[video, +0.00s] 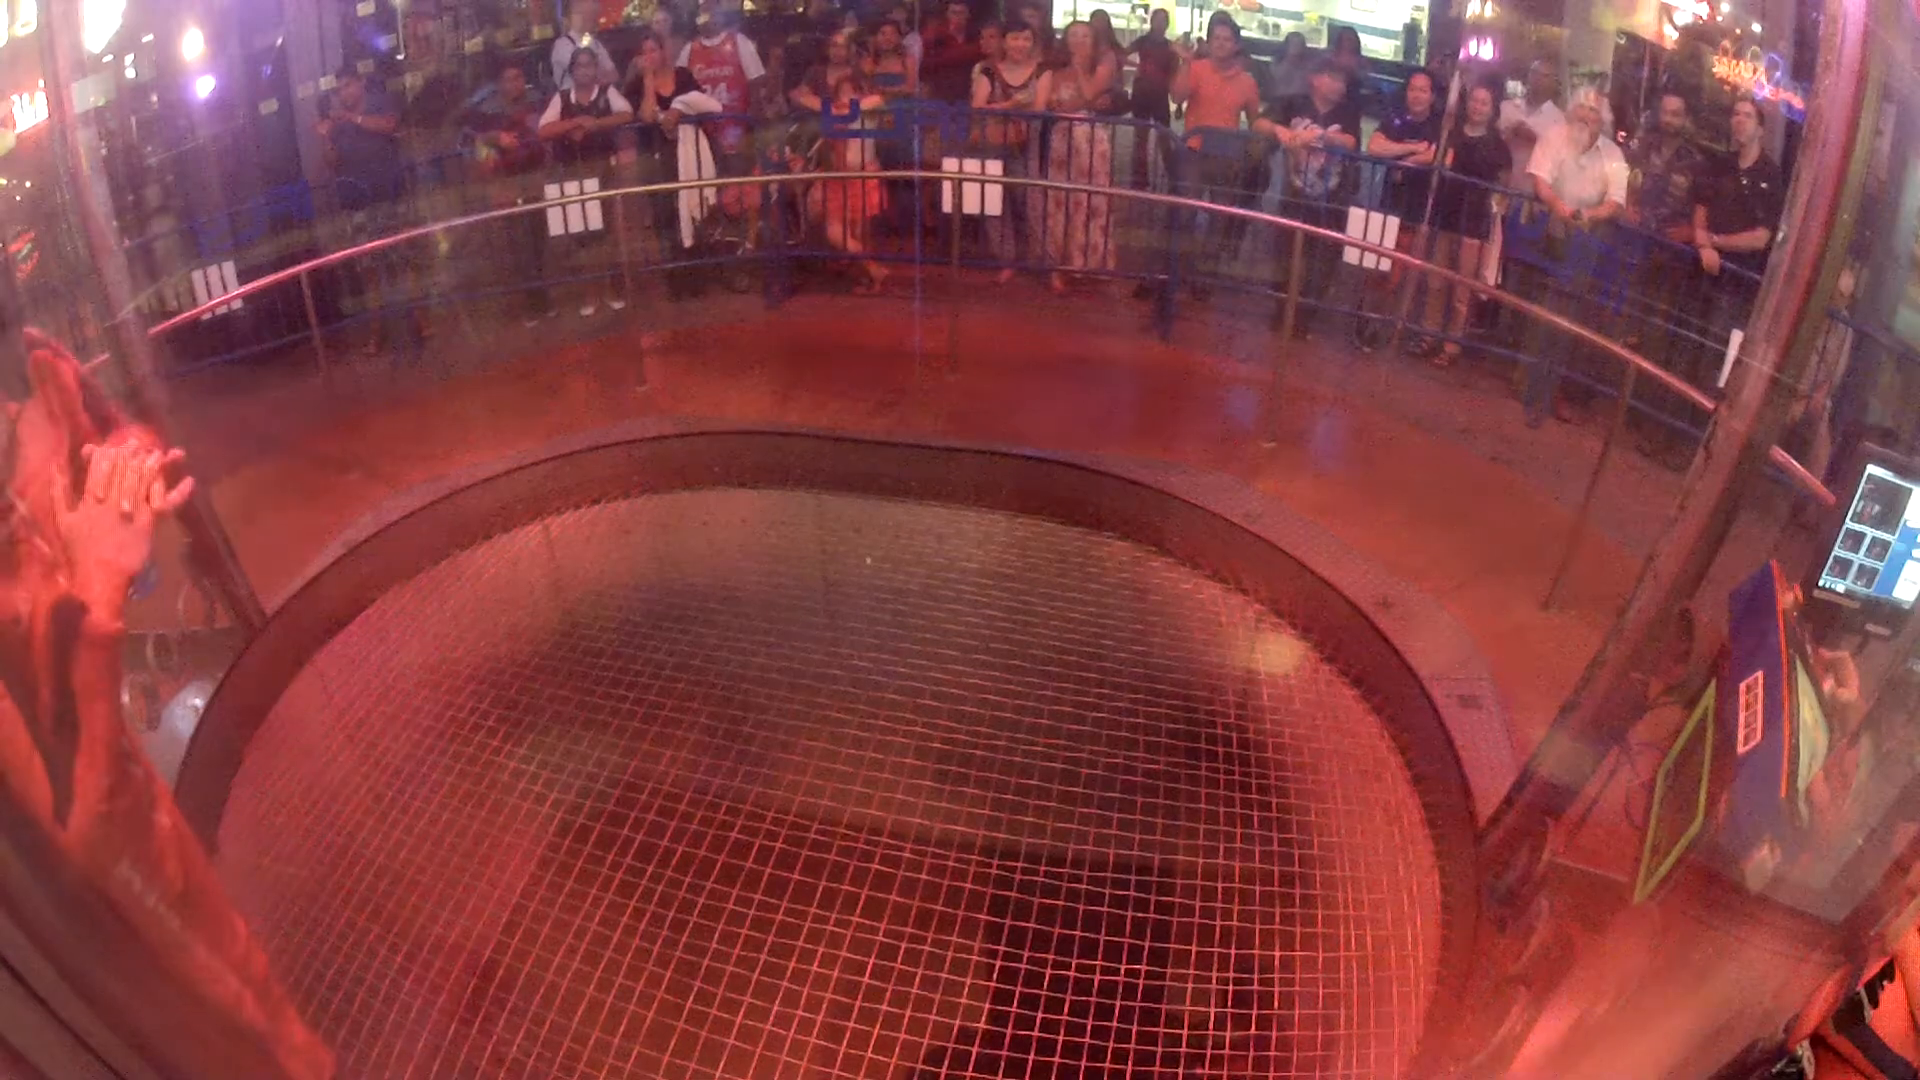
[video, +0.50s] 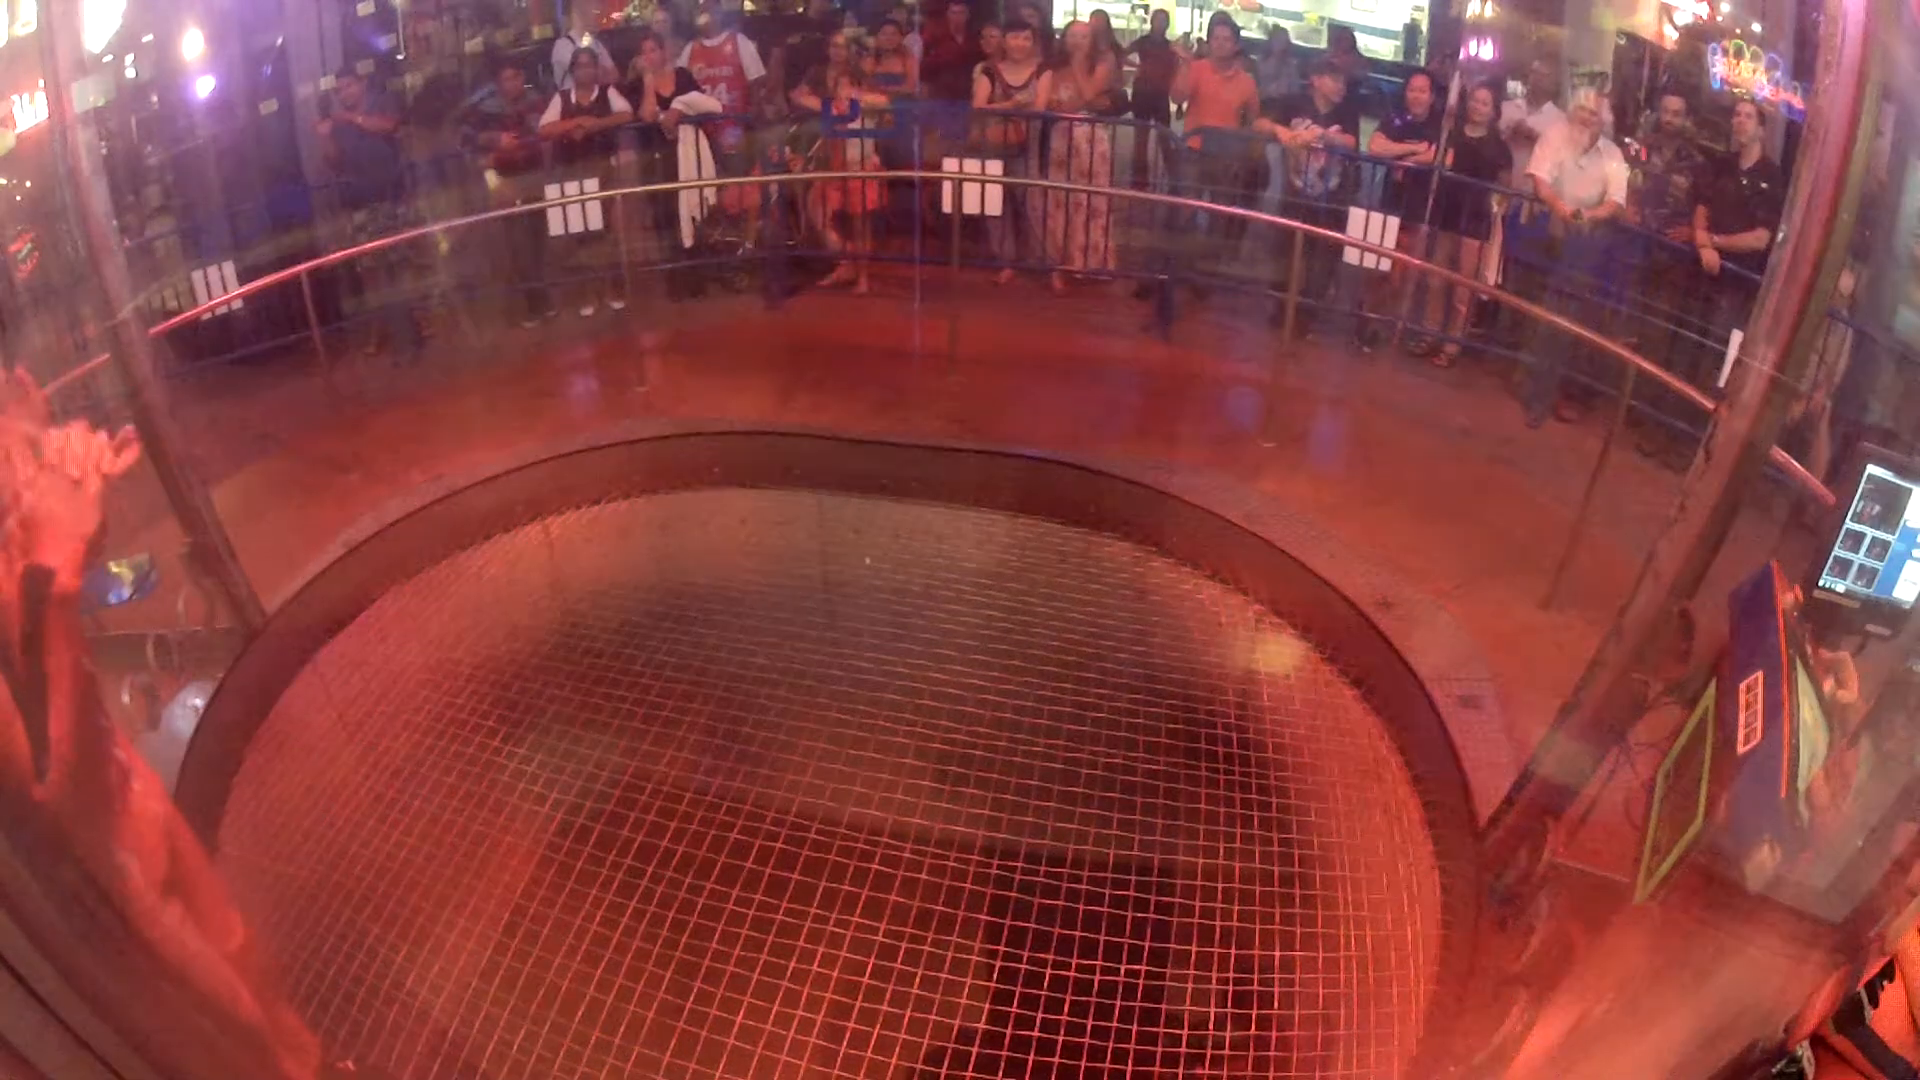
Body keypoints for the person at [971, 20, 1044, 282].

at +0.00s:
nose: (1019, 45)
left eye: (1025, 39)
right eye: (1014, 38)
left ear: (1033, 44)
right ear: (1004, 42)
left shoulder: (1041, 72)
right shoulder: (988, 72)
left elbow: (1039, 108)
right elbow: (977, 107)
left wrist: (1009, 108)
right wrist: (1009, 104)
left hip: (1026, 143)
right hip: (994, 143)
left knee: (1028, 201)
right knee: (994, 203)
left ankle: (1036, 258)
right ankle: (1005, 260)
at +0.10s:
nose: (1019, 45)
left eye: (1024, 39)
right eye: (1014, 39)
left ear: (1033, 44)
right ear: (1004, 42)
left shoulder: (1042, 72)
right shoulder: (988, 72)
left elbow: (1039, 108)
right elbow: (977, 108)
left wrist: (1010, 108)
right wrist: (1009, 104)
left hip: (1027, 143)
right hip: (994, 143)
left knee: (1030, 201)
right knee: (995, 203)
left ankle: (1039, 260)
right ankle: (1005, 260)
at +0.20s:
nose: (1019, 45)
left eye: (1025, 40)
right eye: (1014, 39)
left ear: (1034, 44)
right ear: (1004, 42)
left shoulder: (1042, 73)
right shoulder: (988, 73)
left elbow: (1039, 109)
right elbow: (977, 108)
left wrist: (1010, 109)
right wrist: (1010, 104)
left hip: (1027, 144)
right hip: (994, 145)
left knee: (1029, 202)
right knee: (995, 204)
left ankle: (1038, 260)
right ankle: (1005, 260)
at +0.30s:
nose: (1019, 44)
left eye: (1025, 39)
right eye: (1014, 38)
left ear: (1033, 44)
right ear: (1004, 41)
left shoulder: (1042, 72)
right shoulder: (988, 72)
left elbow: (1039, 108)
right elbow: (977, 108)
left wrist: (1010, 109)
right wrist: (1010, 104)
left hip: (1027, 143)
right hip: (994, 143)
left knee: (1029, 201)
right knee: (995, 203)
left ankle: (1038, 259)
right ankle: (1005, 260)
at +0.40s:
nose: (1019, 43)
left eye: (1025, 38)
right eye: (1014, 37)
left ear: (1034, 43)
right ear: (1004, 41)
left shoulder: (1042, 71)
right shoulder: (988, 71)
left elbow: (1040, 107)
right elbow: (978, 107)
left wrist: (1012, 108)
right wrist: (1009, 104)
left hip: (1027, 143)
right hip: (994, 144)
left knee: (1028, 201)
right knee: (995, 203)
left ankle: (1038, 260)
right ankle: (1004, 261)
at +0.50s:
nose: (1019, 44)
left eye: (1024, 39)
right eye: (1013, 38)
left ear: (1033, 43)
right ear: (1004, 41)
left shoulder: (1042, 71)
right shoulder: (988, 71)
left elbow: (1039, 107)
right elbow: (978, 107)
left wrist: (1011, 109)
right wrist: (1010, 104)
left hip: (1027, 144)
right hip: (994, 144)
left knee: (1029, 201)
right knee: (995, 203)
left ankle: (1038, 260)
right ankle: (1004, 261)